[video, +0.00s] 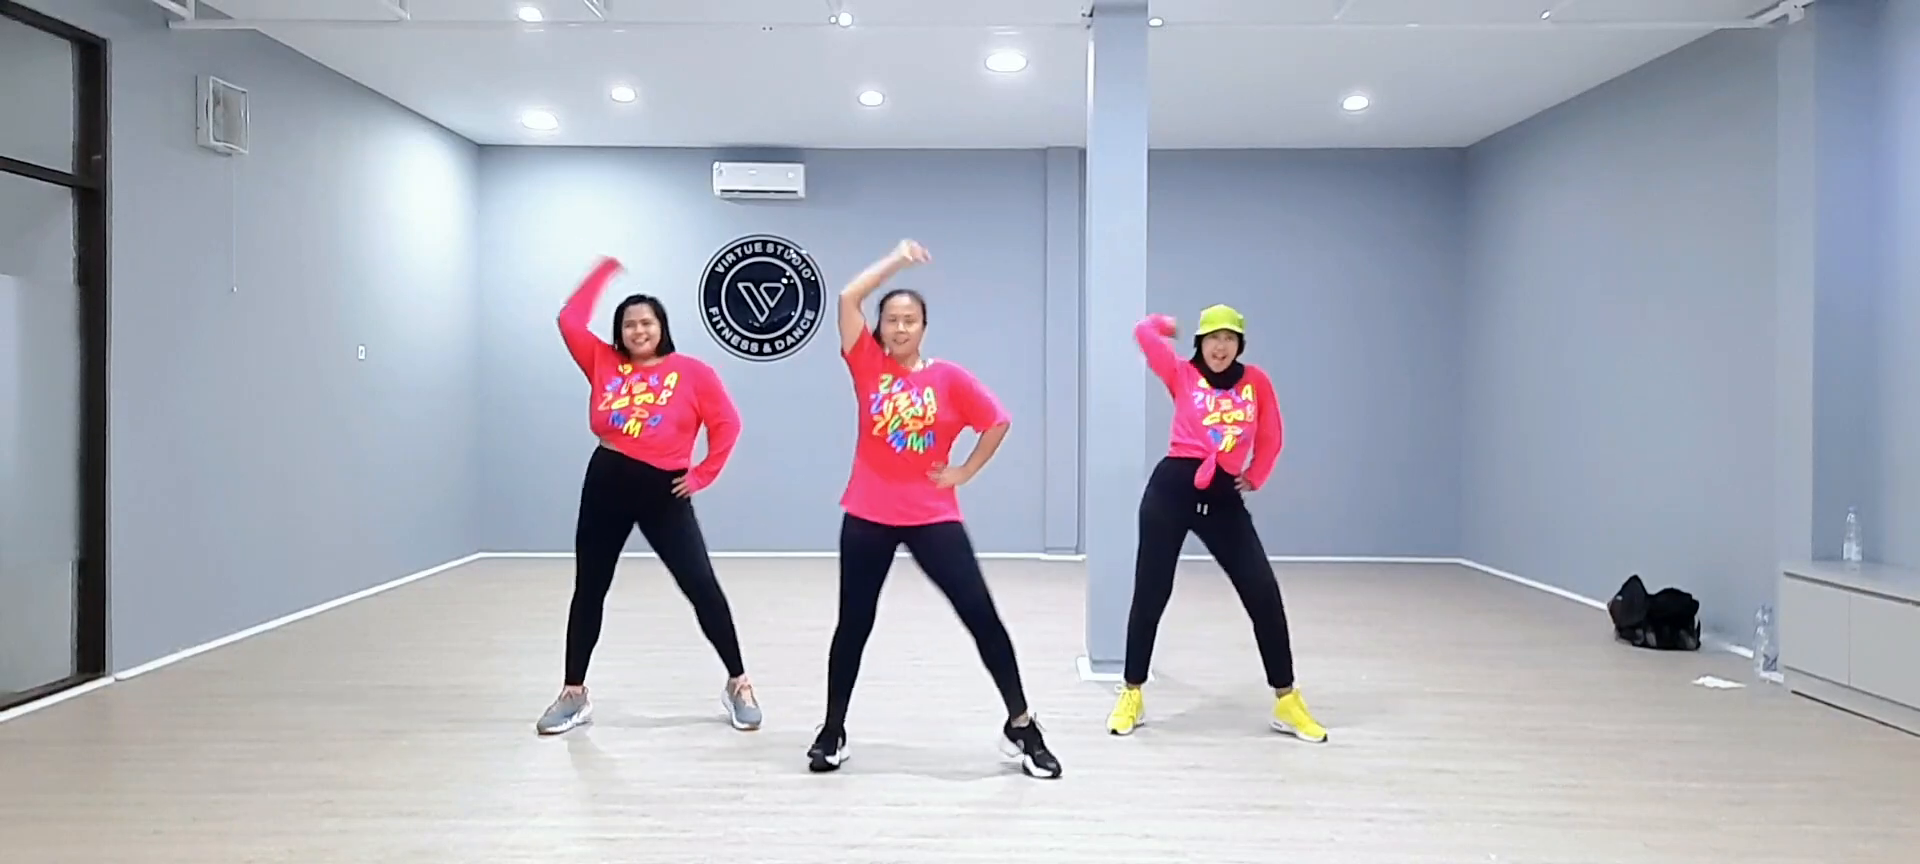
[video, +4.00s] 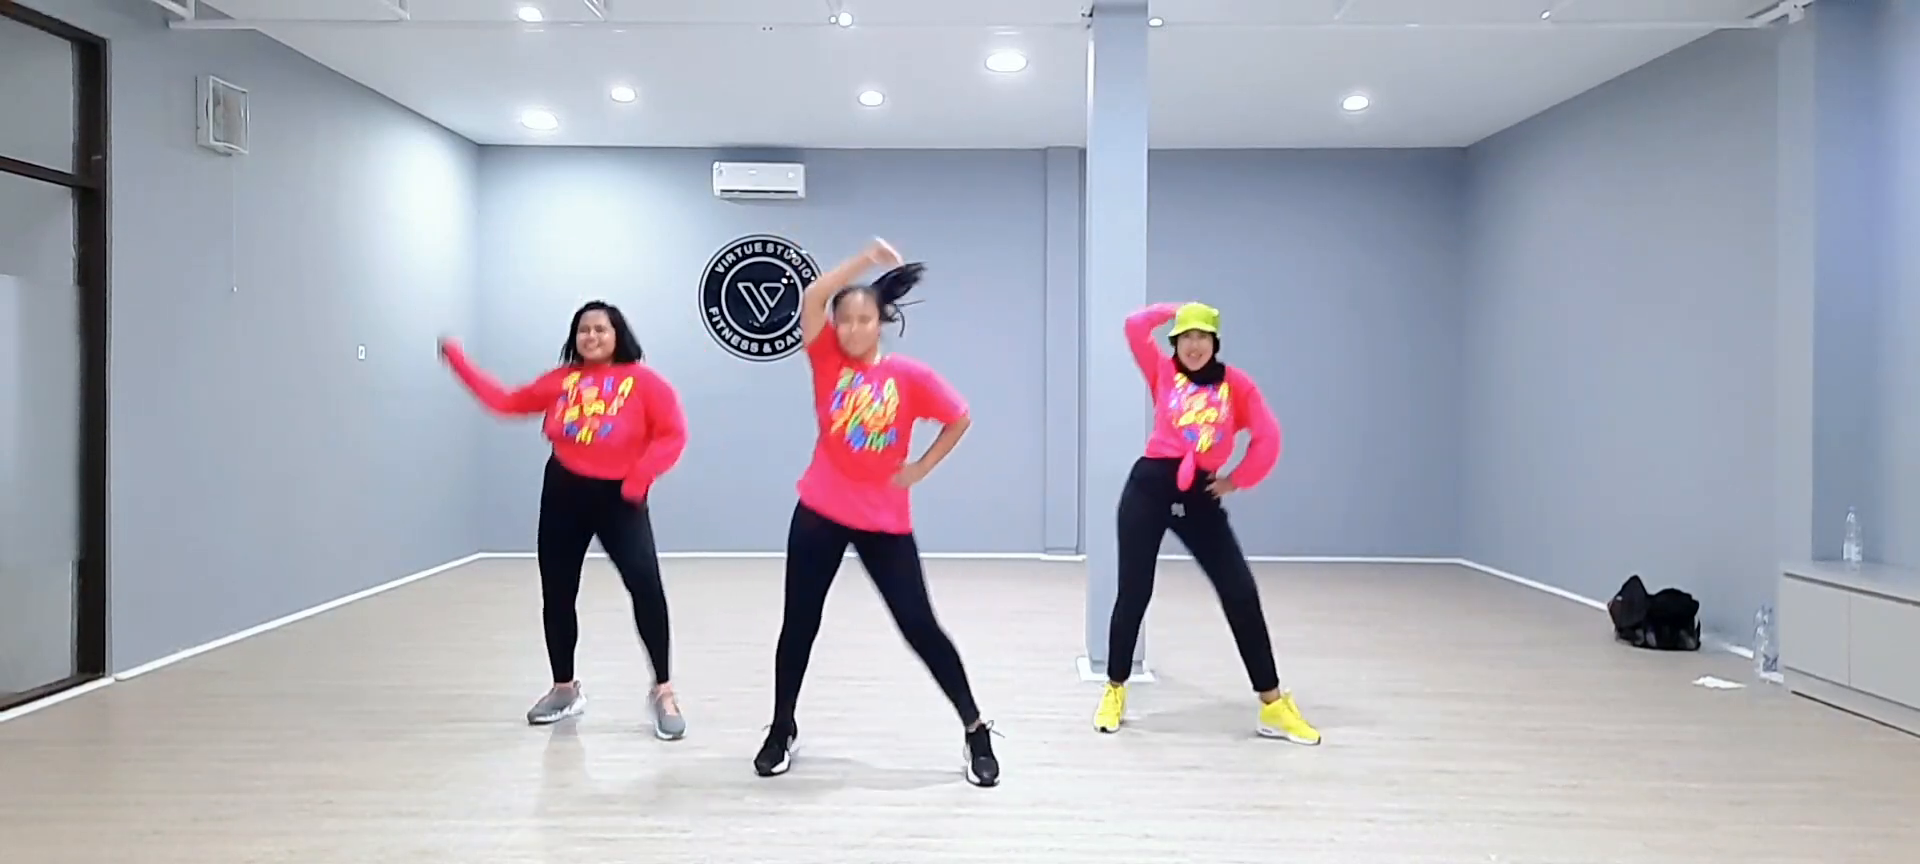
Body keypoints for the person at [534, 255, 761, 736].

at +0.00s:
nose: (638, 329)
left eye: (646, 322)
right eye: (629, 324)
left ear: (662, 329)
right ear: (619, 332)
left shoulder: (691, 372)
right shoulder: (604, 364)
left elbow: (728, 425)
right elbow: (570, 321)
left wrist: (703, 474)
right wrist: (600, 273)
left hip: (663, 489)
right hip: (606, 482)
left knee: (702, 585)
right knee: (589, 588)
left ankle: (739, 684)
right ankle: (573, 691)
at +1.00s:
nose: (655, 312)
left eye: (664, 307)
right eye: (647, 306)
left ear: (679, 317)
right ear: (633, 316)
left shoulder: (704, 355)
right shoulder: (616, 359)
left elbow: (734, 397)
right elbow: (585, 414)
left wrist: (741, 451)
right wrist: (605, 370)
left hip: (693, 470)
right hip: (636, 471)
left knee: (703, 575)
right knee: (613, 571)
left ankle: (705, 679)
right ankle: (626, 667)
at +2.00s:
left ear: (596, 327)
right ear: (648, 329)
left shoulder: (571, 373)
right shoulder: (669, 373)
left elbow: (551, 444)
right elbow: (706, 435)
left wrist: (551, 492)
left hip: (581, 487)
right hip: (644, 486)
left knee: (604, 600)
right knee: (659, 593)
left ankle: (613, 720)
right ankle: (660, 687)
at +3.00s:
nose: (604, 316)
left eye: (614, 309)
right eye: (596, 311)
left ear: (631, 317)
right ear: (586, 323)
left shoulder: (659, 360)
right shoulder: (573, 353)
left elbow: (709, 393)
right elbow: (529, 304)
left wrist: (680, 459)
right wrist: (515, 248)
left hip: (650, 480)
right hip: (593, 480)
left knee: (676, 579)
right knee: (553, 567)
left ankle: (712, 688)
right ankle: (549, 677)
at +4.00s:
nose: (591, 336)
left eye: (600, 329)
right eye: (583, 330)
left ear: (618, 336)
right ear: (574, 338)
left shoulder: (644, 381)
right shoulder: (561, 381)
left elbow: (673, 435)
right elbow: (506, 402)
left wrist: (641, 477)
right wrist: (459, 362)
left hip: (620, 496)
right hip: (564, 494)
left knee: (646, 584)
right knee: (557, 593)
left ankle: (663, 689)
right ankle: (564, 687)